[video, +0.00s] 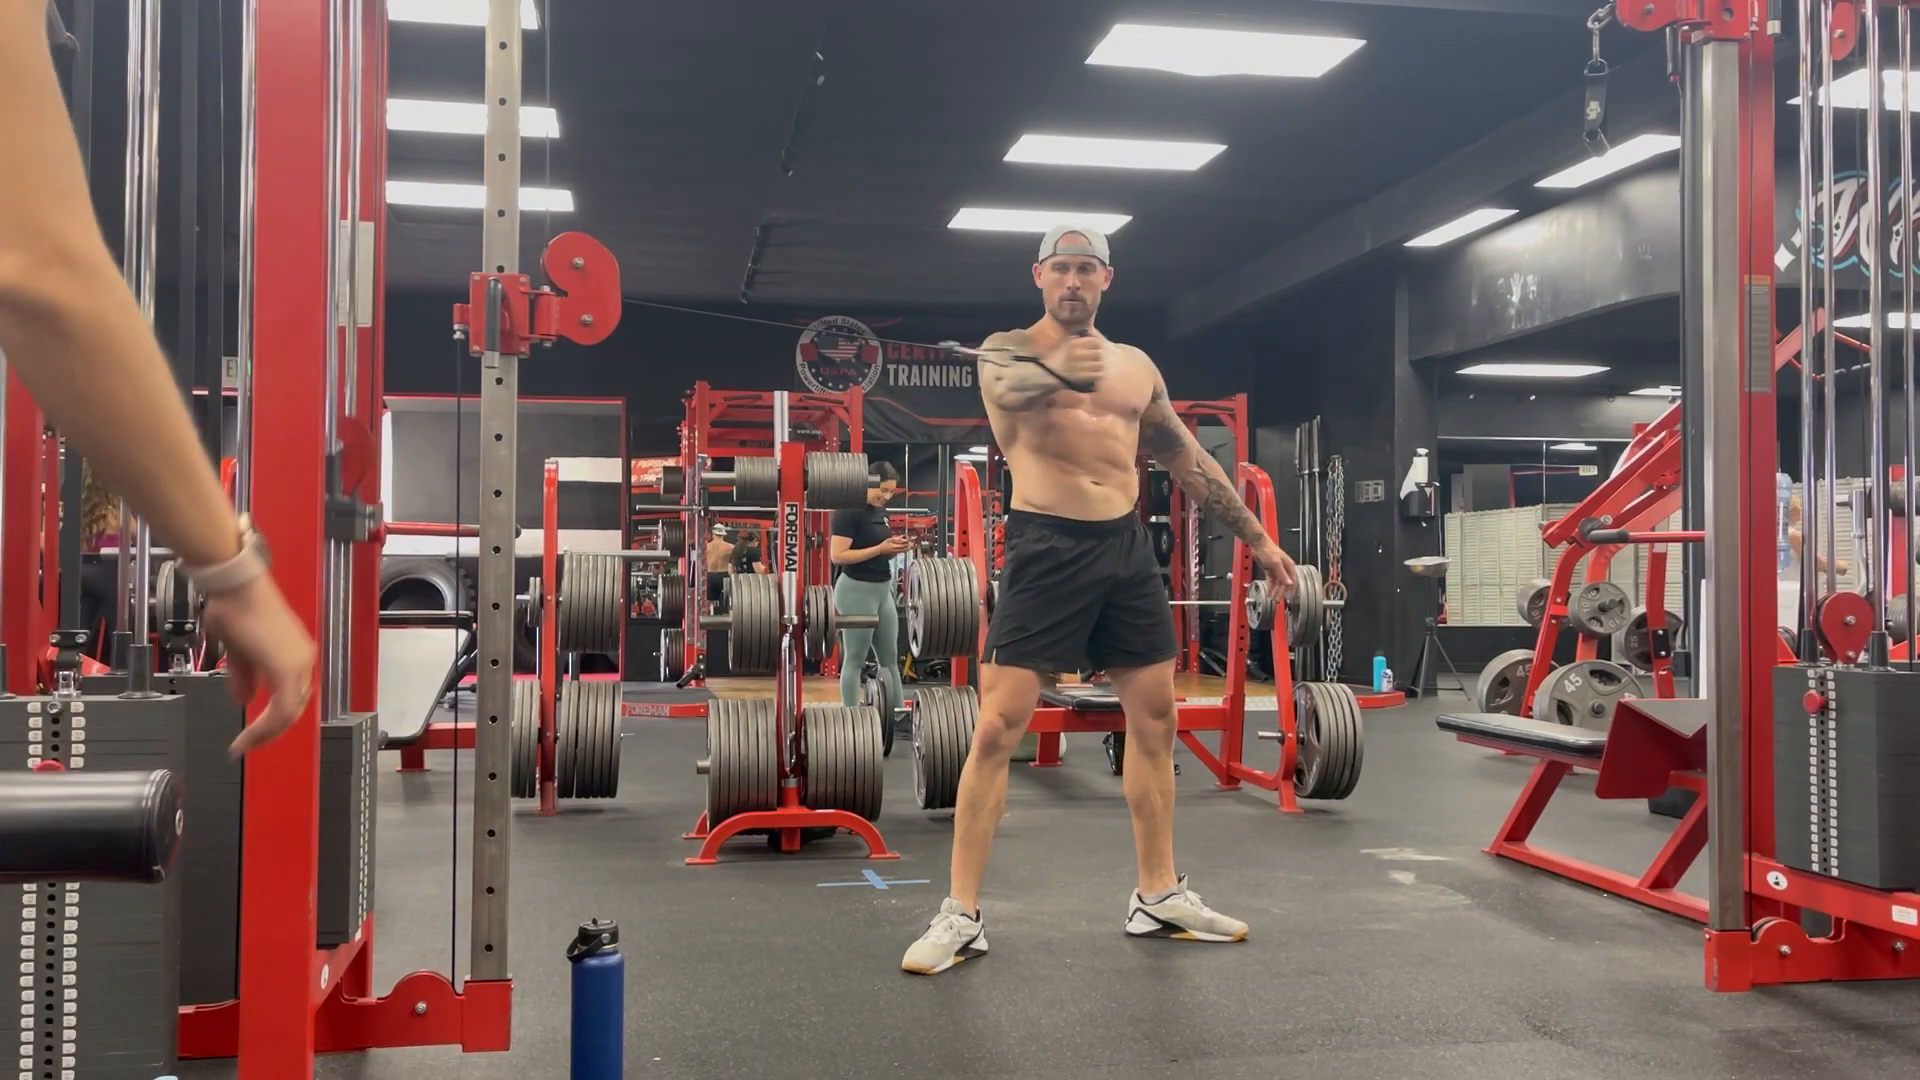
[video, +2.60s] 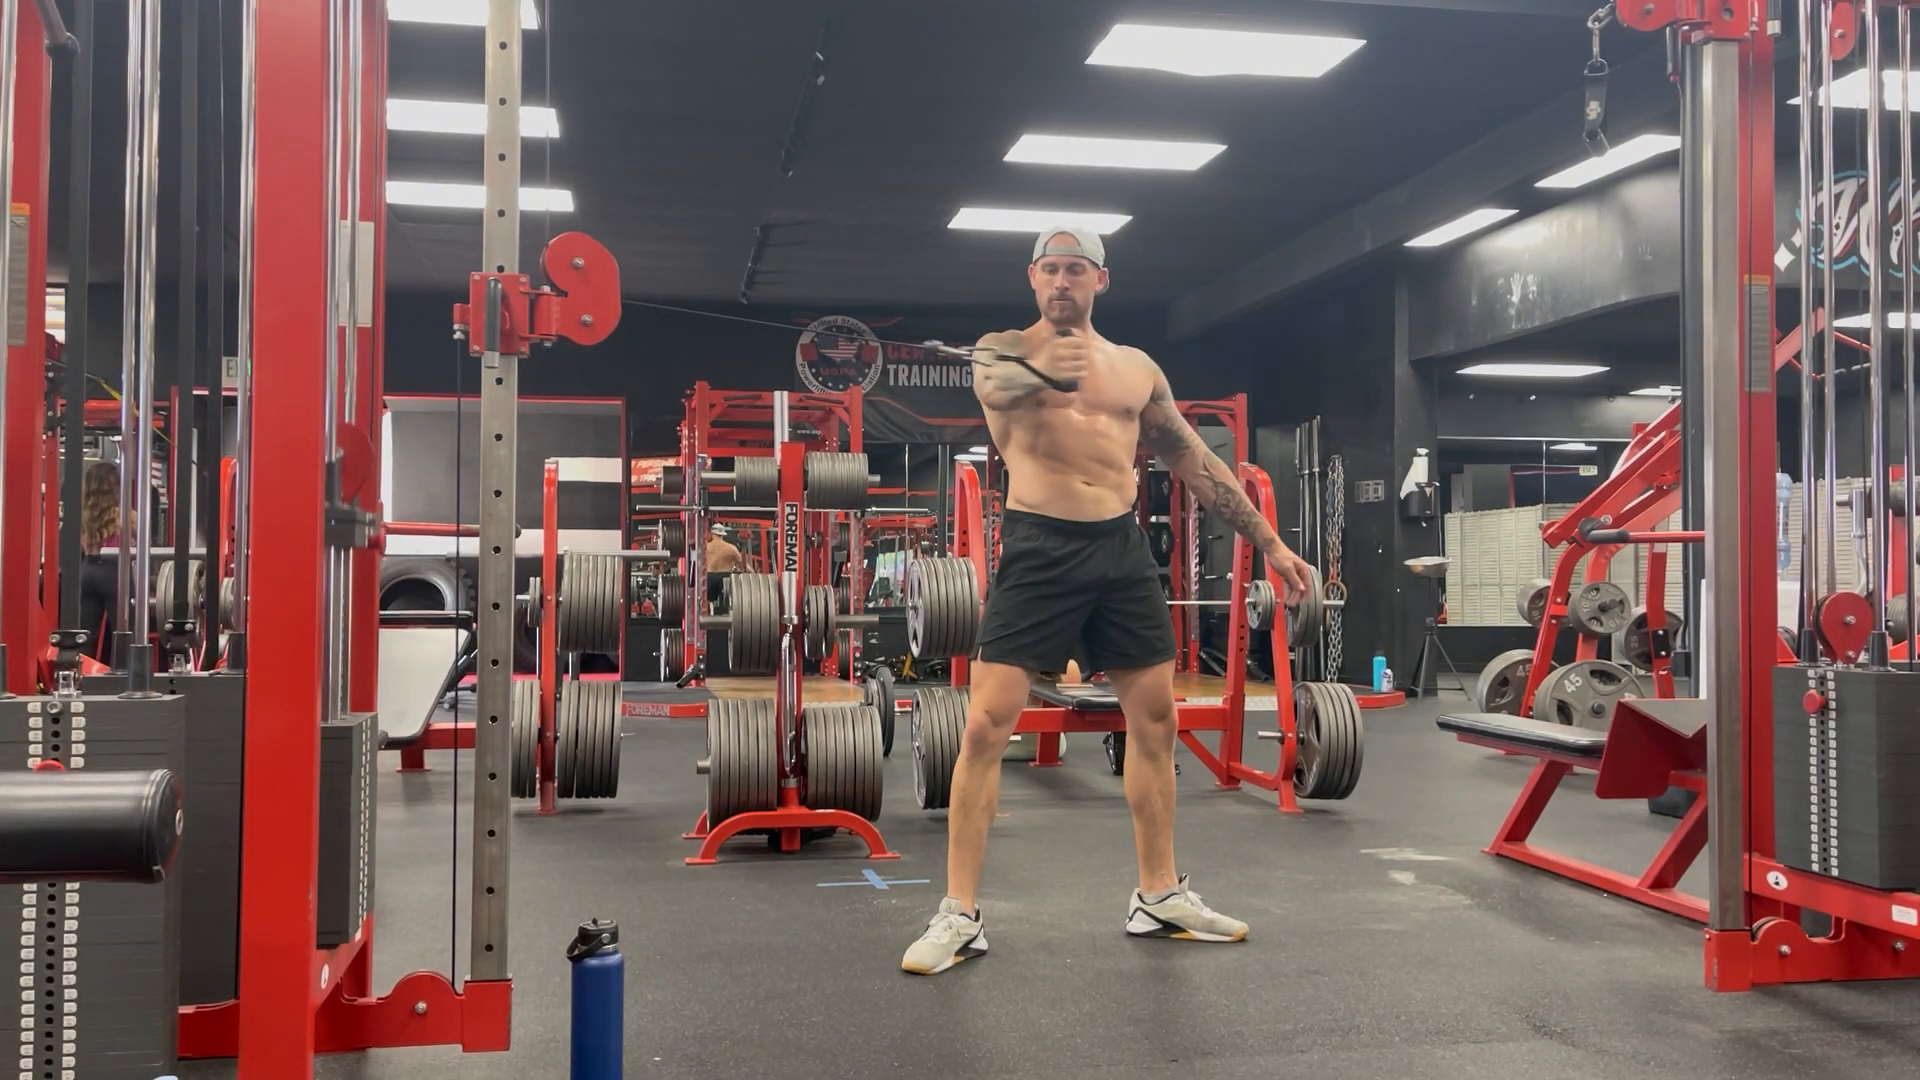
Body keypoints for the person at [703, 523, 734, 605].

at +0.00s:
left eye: (714, 533)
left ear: (713, 534)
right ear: (723, 534)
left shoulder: (707, 546)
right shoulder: (730, 547)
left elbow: (704, 561)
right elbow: (732, 562)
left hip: (710, 573)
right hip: (724, 573)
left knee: (709, 601)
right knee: (724, 602)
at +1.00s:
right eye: (724, 534)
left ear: (713, 534)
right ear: (723, 535)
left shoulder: (707, 546)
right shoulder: (726, 547)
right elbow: (737, 563)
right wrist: (738, 572)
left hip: (709, 573)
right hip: (723, 573)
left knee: (708, 601)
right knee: (722, 602)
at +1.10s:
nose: (725, 535)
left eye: (725, 533)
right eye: (725, 533)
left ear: (713, 534)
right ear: (722, 534)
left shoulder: (708, 546)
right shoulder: (725, 547)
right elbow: (733, 561)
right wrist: (739, 568)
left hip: (709, 573)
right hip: (721, 573)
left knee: (709, 601)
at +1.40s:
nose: (727, 536)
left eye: (727, 534)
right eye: (725, 534)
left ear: (717, 534)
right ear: (720, 533)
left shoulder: (710, 545)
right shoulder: (719, 546)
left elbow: (730, 553)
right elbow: (726, 565)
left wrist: (748, 555)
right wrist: (733, 573)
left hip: (711, 573)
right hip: (720, 574)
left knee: (710, 600)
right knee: (721, 603)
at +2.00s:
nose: (724, 536)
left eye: (724, 534)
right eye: (724, 534)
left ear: (713, 534)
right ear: (722, 534)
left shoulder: (707, 546)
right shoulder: (724, 547)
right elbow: (735, 565)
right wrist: (739, 570)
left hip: (709, 573)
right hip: (722, 573)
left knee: (709, 600)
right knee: (722, 602)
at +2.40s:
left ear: (713, 534)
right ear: (723, 534)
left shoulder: (707, 546)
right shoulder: (729, 547)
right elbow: (739, 561)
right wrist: (738, 570)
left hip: (710, 573)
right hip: (724, 573)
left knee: (708, 600)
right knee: (724, 603)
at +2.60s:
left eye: (712, 534)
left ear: (712, 534)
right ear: (722, 535)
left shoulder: (707, 546)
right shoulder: (730, 548)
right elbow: (742, 563)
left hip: (710, 573)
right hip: (726, 574)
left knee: (708, 601)